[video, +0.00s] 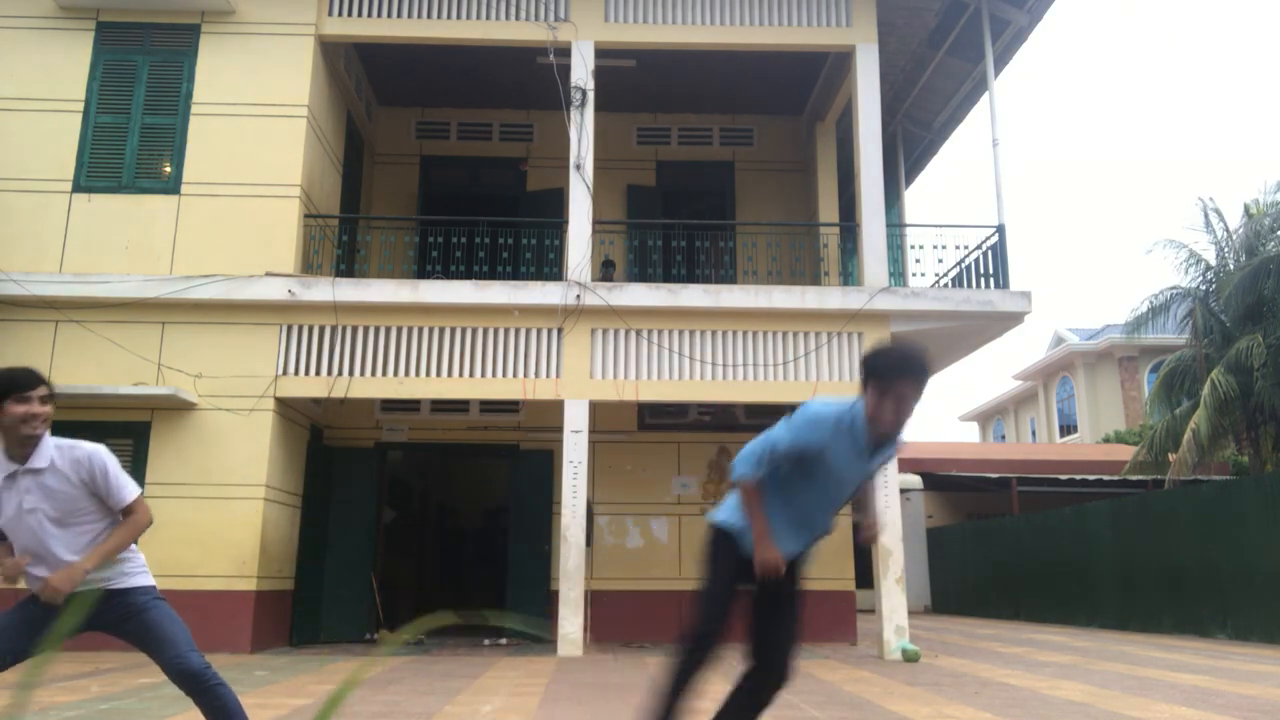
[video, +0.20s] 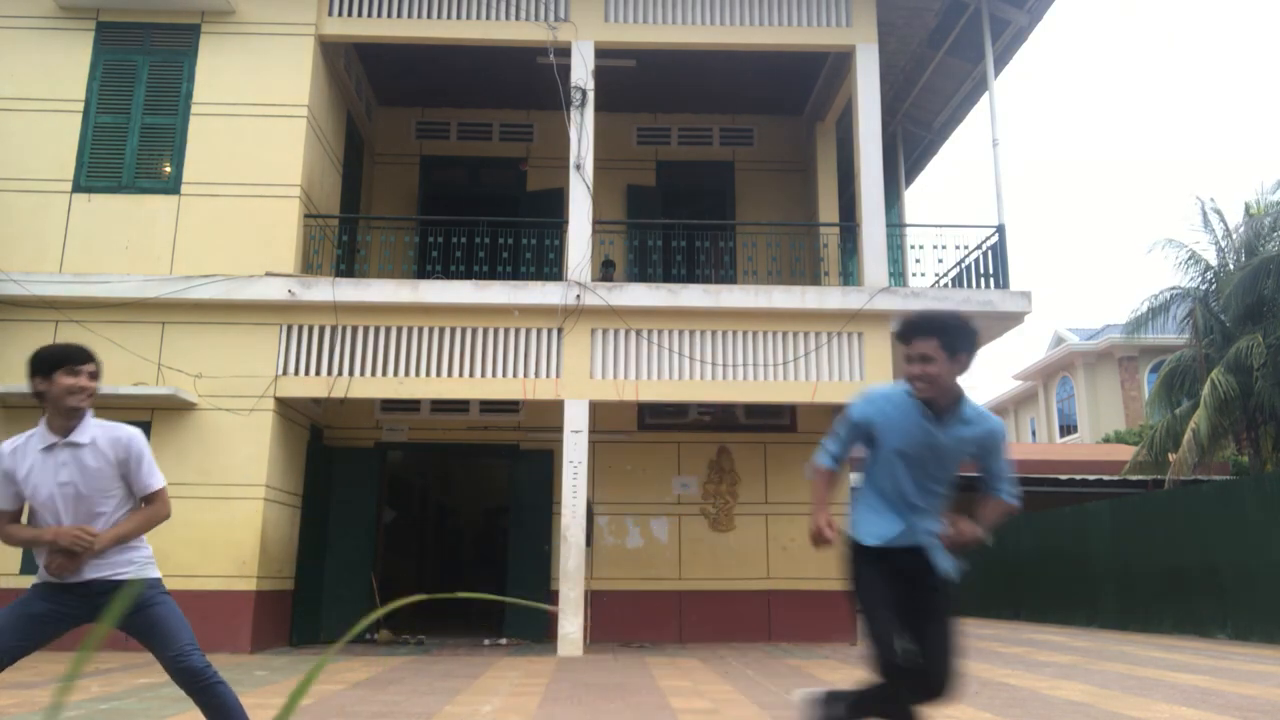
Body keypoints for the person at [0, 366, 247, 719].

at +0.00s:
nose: (36, 410)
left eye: (44, 401)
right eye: (23, 401)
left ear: (52, 407)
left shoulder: (87, 457)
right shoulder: (2, 475)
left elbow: (140, 515)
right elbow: (7, 544)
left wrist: (78, 569)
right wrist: (6, 565)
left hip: (123, 591)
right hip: (51, 599)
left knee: (191, 670)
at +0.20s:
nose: (84, 383)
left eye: (91, 376)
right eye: (71, 374)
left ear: (97, 385)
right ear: (40, 386)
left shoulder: (124, 440)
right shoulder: (13, 455)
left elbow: (160, 507)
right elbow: (6, 527)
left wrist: (87, 549)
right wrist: (52, 535)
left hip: (131, 584)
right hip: (58, 589)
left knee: (192, 669)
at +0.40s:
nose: (130, 368)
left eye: (136, 362)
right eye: (118, 358)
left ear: (140, 372)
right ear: (85, 367)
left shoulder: (157, 432)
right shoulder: (47, 431)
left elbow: (165, 508)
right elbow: (26, 508)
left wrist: (125, 573)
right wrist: (69, 537)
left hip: (143, 576)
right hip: (66, 579)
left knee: (199, 668)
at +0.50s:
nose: (143, 365)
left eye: (149, 359)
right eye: (132, 354)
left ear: (154, 370)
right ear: (100, 363)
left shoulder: (167, 431)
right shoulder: (58, 427)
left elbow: (181, 505)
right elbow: (35, 502)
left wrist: (150, 573)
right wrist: (67, 540)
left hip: (146, 576)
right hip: (72, 578)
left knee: (201, 665)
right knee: (1, 658)